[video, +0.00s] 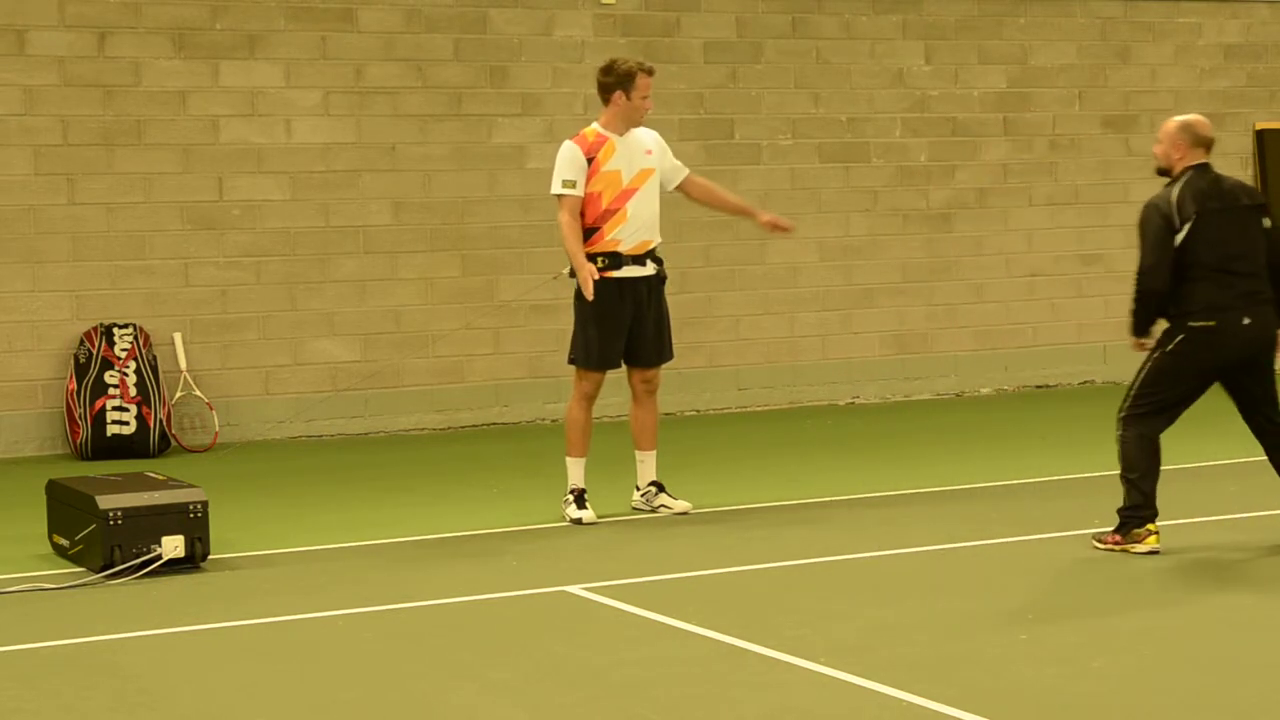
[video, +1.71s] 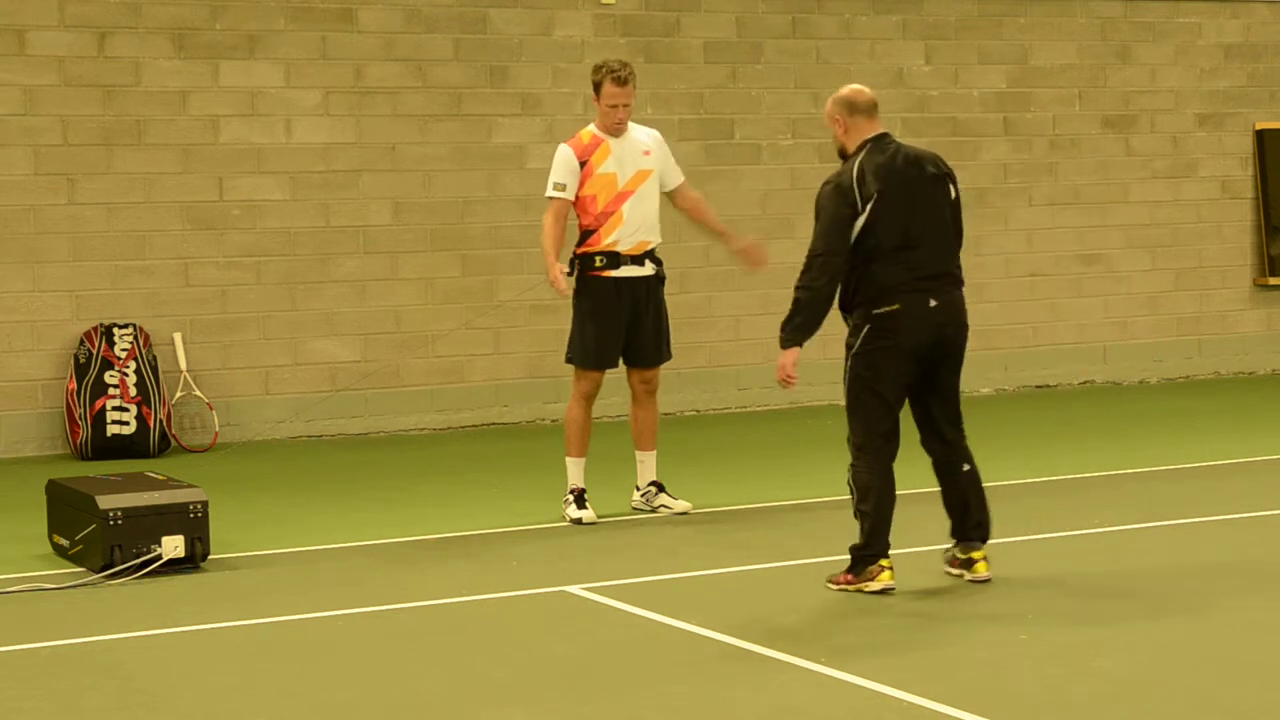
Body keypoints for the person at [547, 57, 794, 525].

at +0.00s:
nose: (650, 105)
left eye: (651, 98)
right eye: (644, 98)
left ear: (630, 98)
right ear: (617, 98)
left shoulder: (650, 143)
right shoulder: (579, 149)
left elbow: (694, 186)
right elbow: (568, 214)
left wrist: (756, 214)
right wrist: (582, 268)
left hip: (646, 280)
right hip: (600, 281)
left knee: (646, 383)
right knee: (586, 388)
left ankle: (647, 487)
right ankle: (576, 493)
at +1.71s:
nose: (620, 113)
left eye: (626, 105)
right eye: (611, 105)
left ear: (634, 101)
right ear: (594, 101)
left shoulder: (651, 143)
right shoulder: (574, 151)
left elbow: (686, 197)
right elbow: (556, 214)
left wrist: (733, 239)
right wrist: (553, 263)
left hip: (645, 280)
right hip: (597, 282)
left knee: (645, 384)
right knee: (586, 387)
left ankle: (647, 487)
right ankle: (575, 493)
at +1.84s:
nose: (617, 113)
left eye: (623, 105)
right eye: (609, 105)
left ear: (631, 101)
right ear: (591, 101)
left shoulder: (649, 142)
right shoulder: (572, 151)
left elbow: (663, 207)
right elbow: (553, 213)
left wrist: (680, 262)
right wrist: (543, 263)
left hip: (646, 279)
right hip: (598, 282)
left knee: (646, 383)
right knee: (586, 387)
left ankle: (647, 487)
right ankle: (576, 492)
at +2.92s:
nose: (617, 110)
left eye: (625, 102)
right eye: (614, 101)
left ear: (645, 102)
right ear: (611, 101)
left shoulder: (683, 143)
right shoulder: (603, 146)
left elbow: (703, 218)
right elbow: (571, 205)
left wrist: (719, 274)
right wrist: (523, 245)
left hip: (668, 278)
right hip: (617, 277)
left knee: (662, 384)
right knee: (598, 383)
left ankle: (656, 487)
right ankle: (577, 489)